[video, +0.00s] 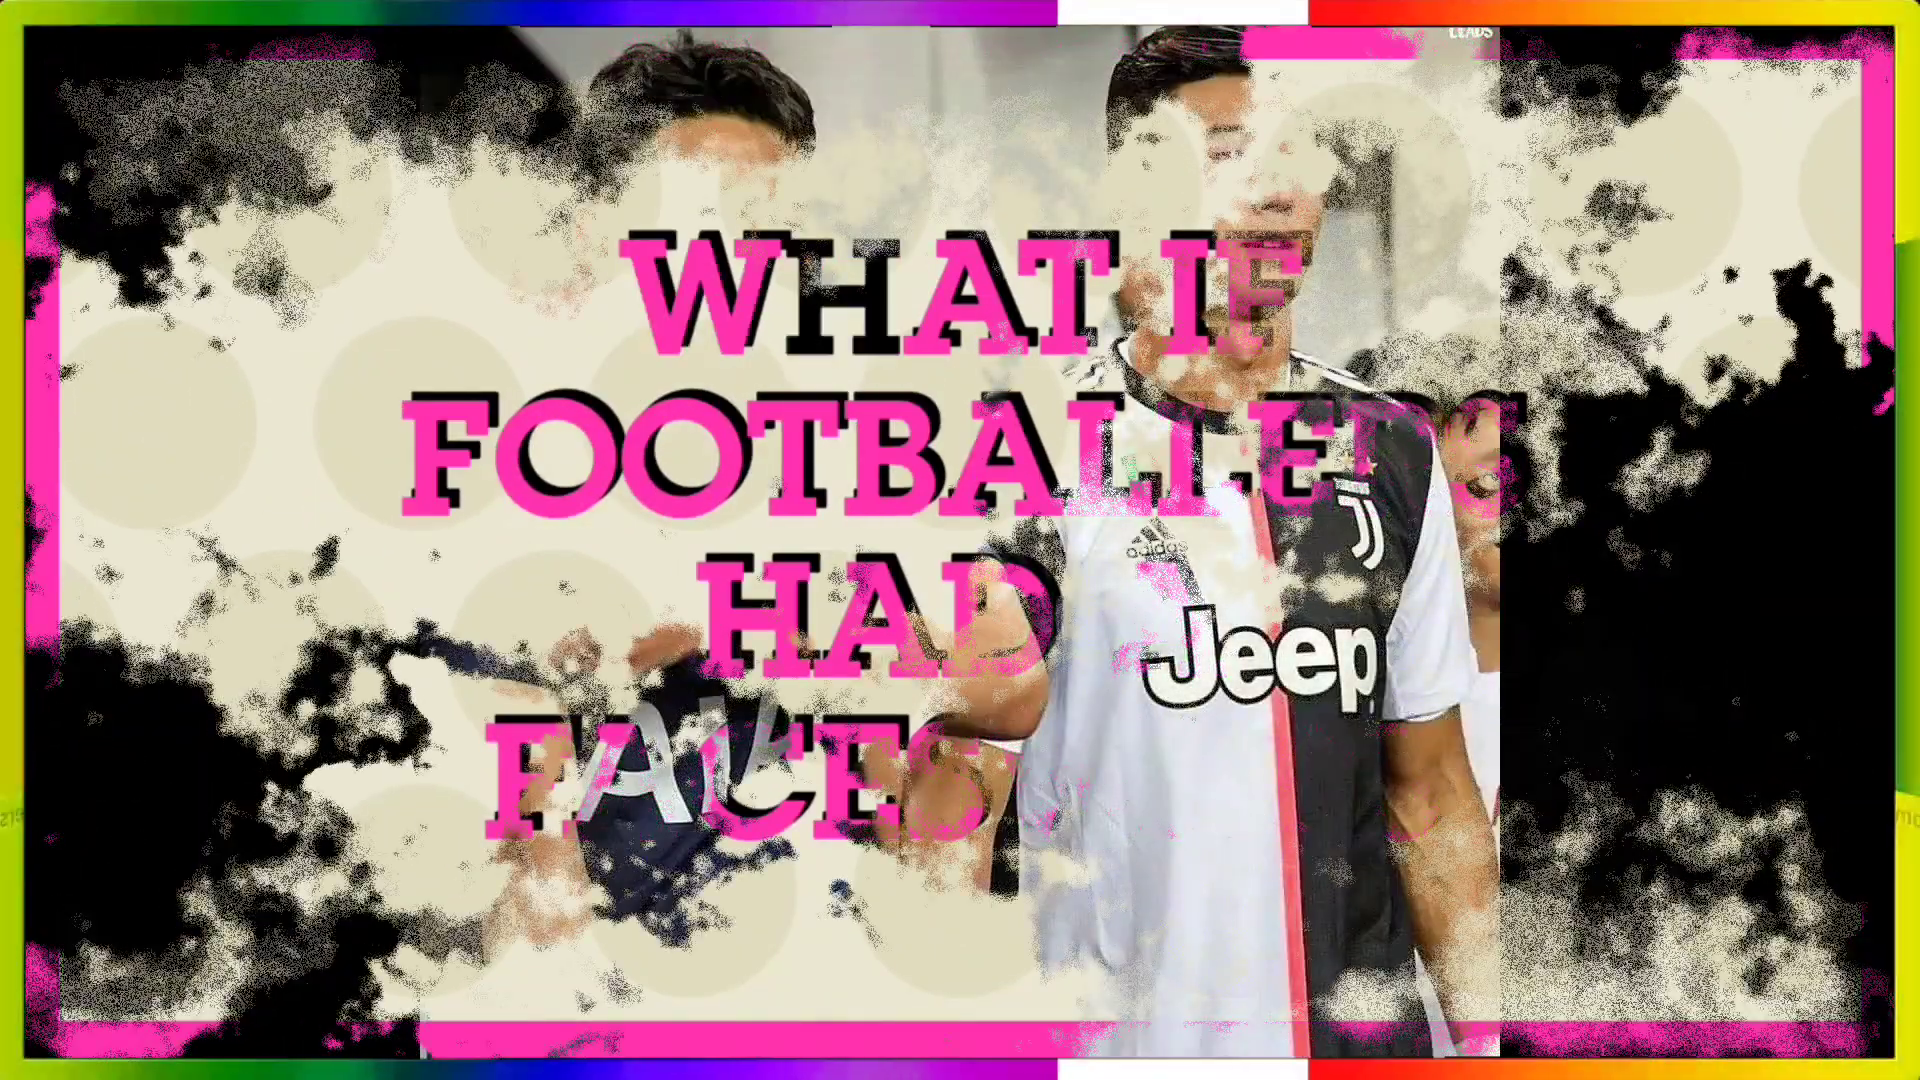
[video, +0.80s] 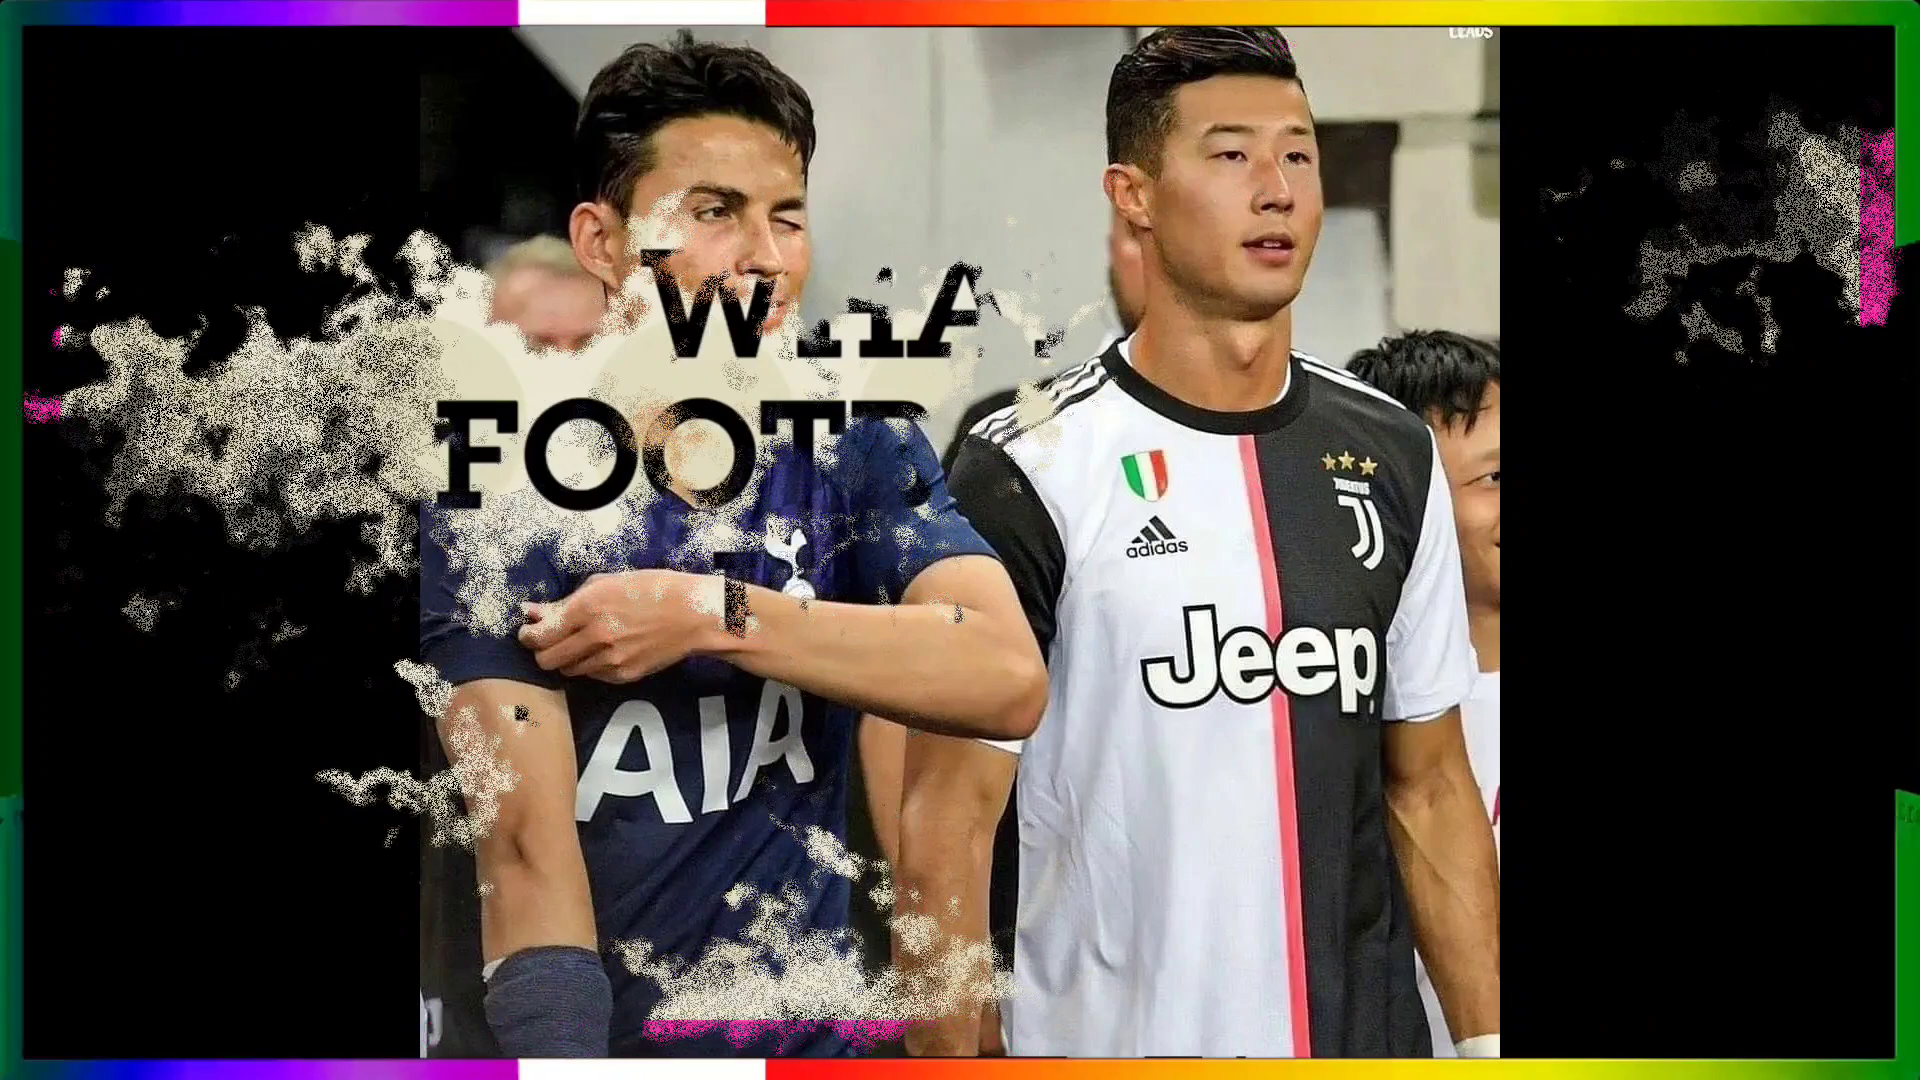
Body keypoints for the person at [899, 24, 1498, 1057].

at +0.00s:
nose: (1247, 280)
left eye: (1278, 241)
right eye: (1205, 236)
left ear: (1315, 240)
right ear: (1117, 231)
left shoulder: (1392, 459)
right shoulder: (1042, 456)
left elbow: (1433, 791)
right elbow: (944, 810)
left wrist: (1475, 1042)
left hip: (1345, 1019)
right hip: (1106, 1027)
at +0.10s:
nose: (1275, 200)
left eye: (1293, 160)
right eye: (1225, 162)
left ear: (1324, 193)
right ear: (1129, 197)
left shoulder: (1390, 453)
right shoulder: (1042, 454)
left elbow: (1431, 783)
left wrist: (1476, 1043)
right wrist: (965, 741)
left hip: (1349, 1033)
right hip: (1109, 1038)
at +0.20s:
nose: (1278, 195)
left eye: (1293, 159)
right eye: (1228, 161)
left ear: (1320, 188)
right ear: (1136, 201)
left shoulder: (1391, 452)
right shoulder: (1040, 455)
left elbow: (1430, 783)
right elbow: (953, 805)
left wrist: (1482, 1039)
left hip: (1357, 1036)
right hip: (1120, 1040)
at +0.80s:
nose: (1279, 193)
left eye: (1298, 158)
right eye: (1230, 156)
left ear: (1320, 186)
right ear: (1134, 197)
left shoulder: (1392, 452)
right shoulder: (1025, 464)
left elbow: (1431, 786)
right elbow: (950, 810)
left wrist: (1484, 1046)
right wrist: (950, 1059)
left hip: (1358, 1044)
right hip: (1109, 1044)